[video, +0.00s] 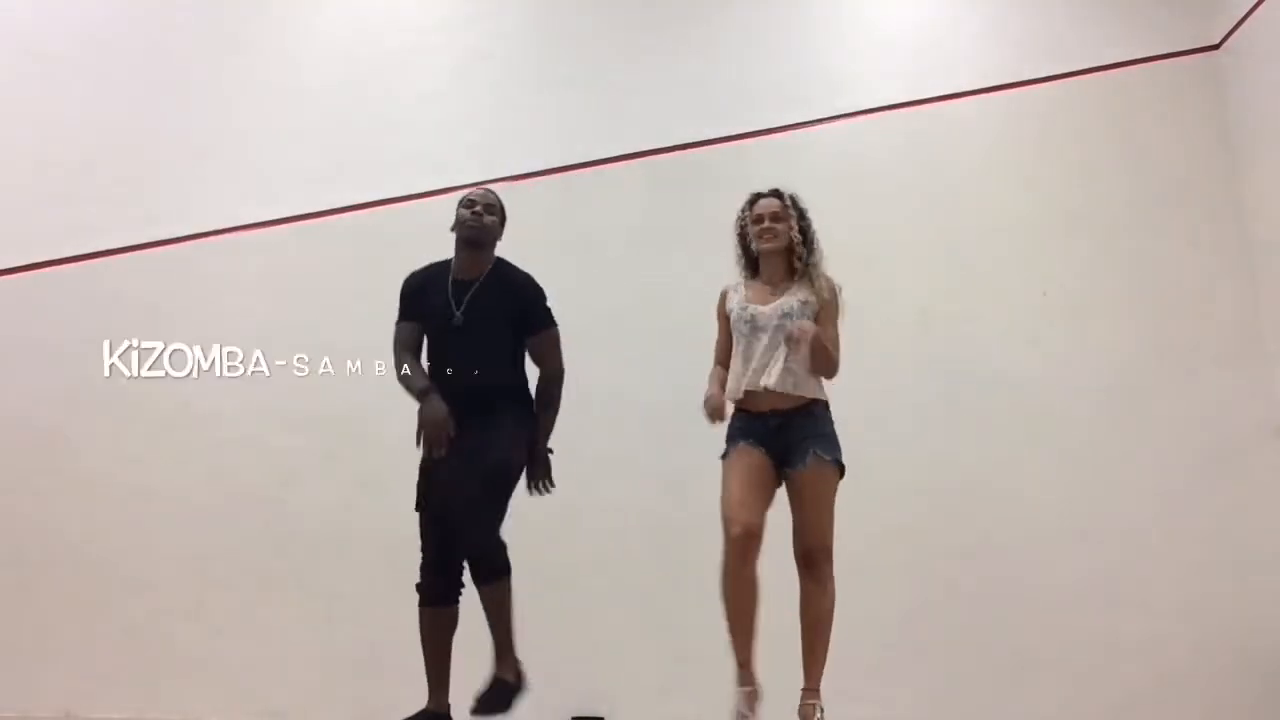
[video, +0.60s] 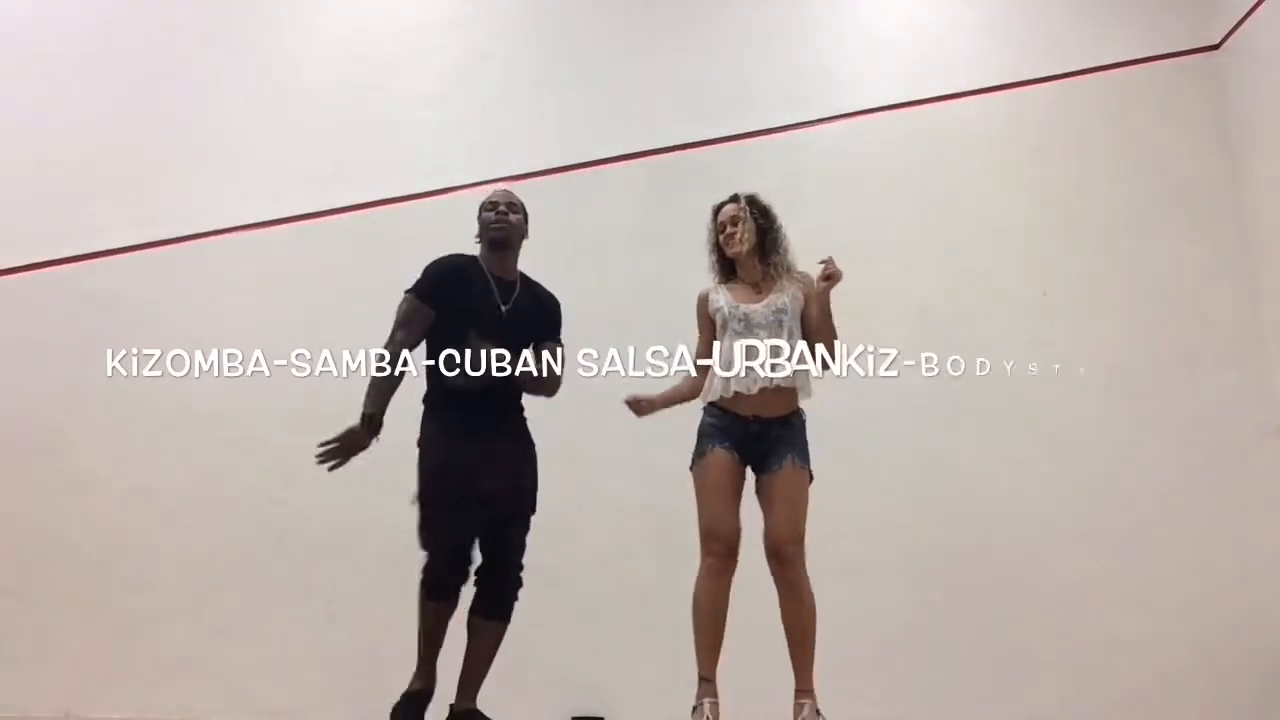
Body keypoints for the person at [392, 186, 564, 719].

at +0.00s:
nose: (478, 208)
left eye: (490, 207)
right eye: (469, 204)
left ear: (502, 230)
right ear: (452, 222)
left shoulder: (520, 288)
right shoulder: (422, 285)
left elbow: (552, 371)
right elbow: (405, 358)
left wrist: (539, 445)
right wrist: (429, 397)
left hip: (505, 428)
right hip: (446, 428)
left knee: (479, 534)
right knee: (437, 557)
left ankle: (507, 670)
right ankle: (437, 703)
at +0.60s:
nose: (499, 211)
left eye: (510, 207)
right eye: (490, 207)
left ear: (526, 230)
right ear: (477, 228)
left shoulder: (542, 303)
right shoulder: (450, 273)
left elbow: (549, 382)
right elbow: (397, 345)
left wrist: (502, 365)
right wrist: (369, 421)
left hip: (509, 449)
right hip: (448, 446)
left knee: (503, 574)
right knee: (447, 565)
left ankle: (465, 703)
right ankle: (423, 682)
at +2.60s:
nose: (511, 207)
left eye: (523, 199)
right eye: (503, 199)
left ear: (540, 211)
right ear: (490, 209)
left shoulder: (569, 274)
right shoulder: (461, 275)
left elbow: (598, 343)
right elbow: (441, 354)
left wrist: (601, 374)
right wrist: (418, 405)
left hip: (547, 443)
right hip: (477, 440)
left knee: (533, 576)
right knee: (460, 561)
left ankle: (514, 703)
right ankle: (475, 671)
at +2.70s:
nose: (502, 216)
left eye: (513, 208)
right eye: (495, 208)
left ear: (533, 216)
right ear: (484, 215)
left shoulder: (563, 275)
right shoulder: (458, 283)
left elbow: (597, 347)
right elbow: (441, 364)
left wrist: (609, 405)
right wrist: (414, 412)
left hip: (542, 448)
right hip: (473, 446)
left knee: (531, 579)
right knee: (460, 575)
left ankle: (514, 704)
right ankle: (471, 698)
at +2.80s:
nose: (497, 225)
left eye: (507, 216)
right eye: (487, 217)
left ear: (525, 219)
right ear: (476, 223)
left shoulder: (555, 275)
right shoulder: (456, 289)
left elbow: (586, 351)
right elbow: (443, 367)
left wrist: (603, 424)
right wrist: (414, 416)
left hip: (532, 450)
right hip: (466, 451)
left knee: (525, 580)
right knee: (464, 581)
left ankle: (513, 703)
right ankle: (471, 704)